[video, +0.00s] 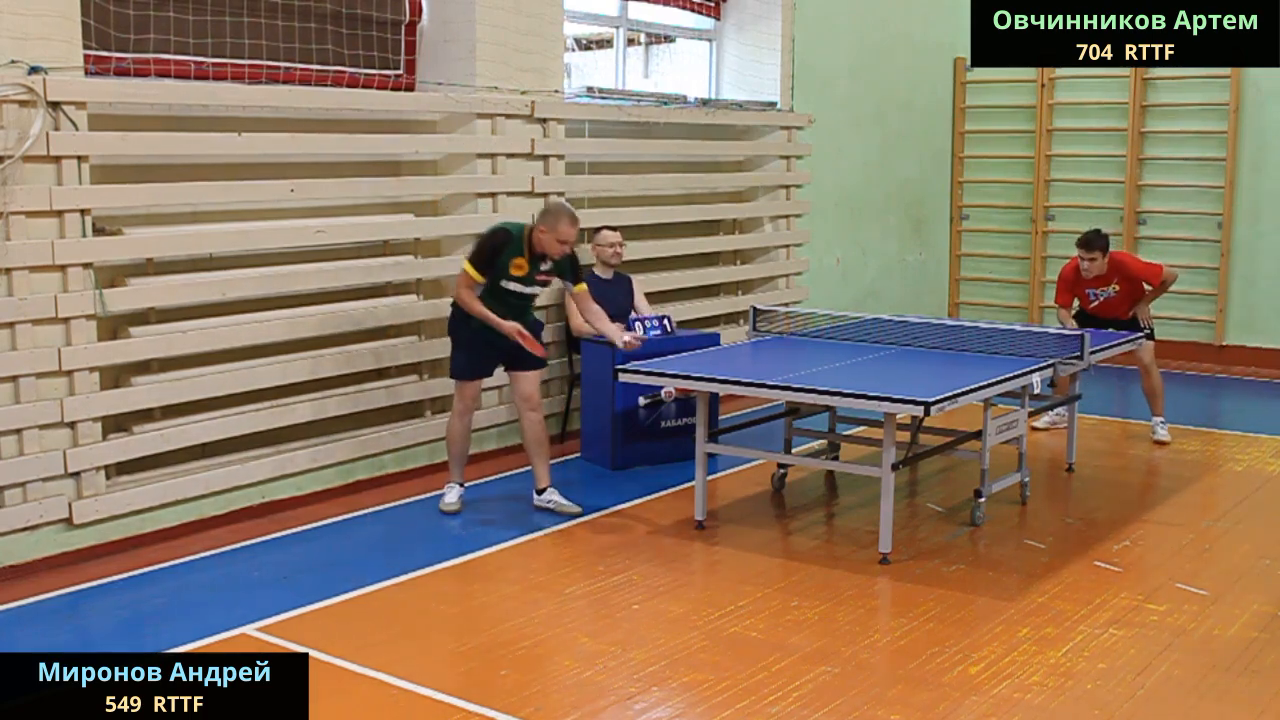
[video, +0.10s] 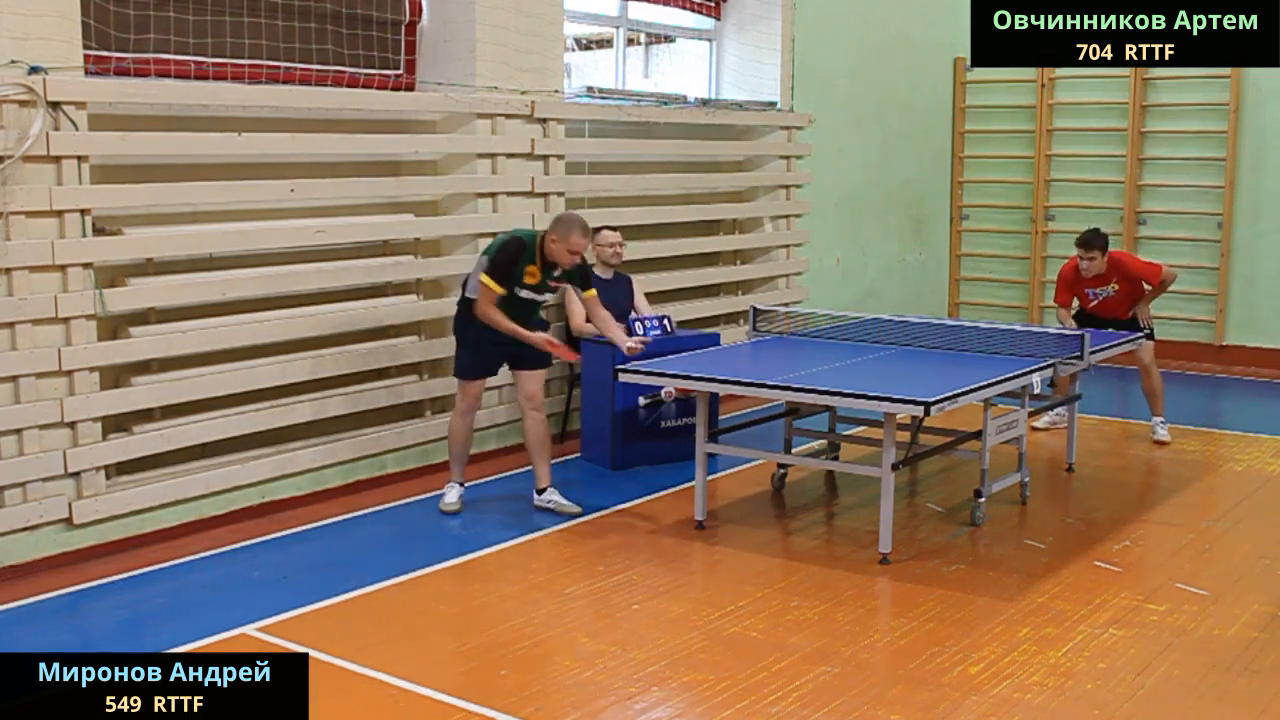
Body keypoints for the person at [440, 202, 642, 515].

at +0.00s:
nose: (568, 250)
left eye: (571, 244)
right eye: (562, 242)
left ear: (573, 238)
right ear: (540, 231)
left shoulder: (565, 258)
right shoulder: (500, 239)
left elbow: (586, 303)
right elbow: (462, 292)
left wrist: (617, 335)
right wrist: (500, 324)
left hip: (520, 325)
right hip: (476, 322)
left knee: (531, 402)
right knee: (465, 403)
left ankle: (544, 490)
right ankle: (454, 484)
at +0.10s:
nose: (577, 260)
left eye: (581, 254)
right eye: (573, 253)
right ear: (551, 241)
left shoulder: (575, 266)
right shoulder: (512, 248)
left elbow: (595, 309)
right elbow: (482, 309)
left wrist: (623, 341)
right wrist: (529, 337)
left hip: (527, 323)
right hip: (480, 320)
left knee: (534, 401)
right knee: (468, 401)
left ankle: (544, 490)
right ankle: (455, 484)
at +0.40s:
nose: (590, 271)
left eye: (593, 265)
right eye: (585, 264)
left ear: (595, 258)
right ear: (564, 252)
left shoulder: (584, 268)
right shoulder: (533, 262)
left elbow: (609, 309)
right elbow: (529, 330)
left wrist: (635, 334)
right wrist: (581, 351)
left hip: (529, 323)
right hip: (485, 321)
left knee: (537, 400)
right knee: (471, 403)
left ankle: (544, 490)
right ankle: (452, 482)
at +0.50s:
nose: (588, 271)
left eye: (591, 265)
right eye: (583, 264)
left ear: (593, 259)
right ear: (562, 253)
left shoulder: (580, 268)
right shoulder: (529, 262)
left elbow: (606, 309)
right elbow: (521, 330)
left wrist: (632, 337)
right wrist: (572, 349)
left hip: (526, 322)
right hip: (481, 321)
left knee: (536, 400)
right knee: (469, 404)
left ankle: (544, 490)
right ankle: (451, 485)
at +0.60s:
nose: (581, 270)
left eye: (584, 263)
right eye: (576, 262)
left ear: (588, 258)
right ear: (554, 252)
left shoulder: (573, 270)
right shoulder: (519, 263)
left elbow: (597, 313)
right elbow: (501, 326)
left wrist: (627, 344)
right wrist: (553, 342)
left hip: (521, 321)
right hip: (474, 321)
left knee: (538, 401)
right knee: (468, 407)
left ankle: (544, 490)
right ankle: (451, 486)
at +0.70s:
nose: (571, 271)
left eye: (574, 264)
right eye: (566, 263)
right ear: (543, 254)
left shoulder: (565, 279)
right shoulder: (509, 266)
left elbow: (588, 323)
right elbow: (481, 324)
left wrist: (622, 351)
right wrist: (535, 336)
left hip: (516, 328)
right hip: (468, 330)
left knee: (551, 396)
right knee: (468, 416)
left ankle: (553, 483)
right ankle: (451, 487)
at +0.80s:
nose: (566, 275)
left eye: (569, 268)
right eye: (560, 267)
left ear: (570, 265)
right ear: (537, 262)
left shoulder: (561, 286)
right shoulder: (504, 272)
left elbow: (582, 331)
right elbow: (475, 331)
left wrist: (622, 350)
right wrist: (529, 330)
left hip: (513, 340)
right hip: (466, 341)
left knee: (555, 402)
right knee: (469, 428)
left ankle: (583, 490)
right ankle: (451, 488)